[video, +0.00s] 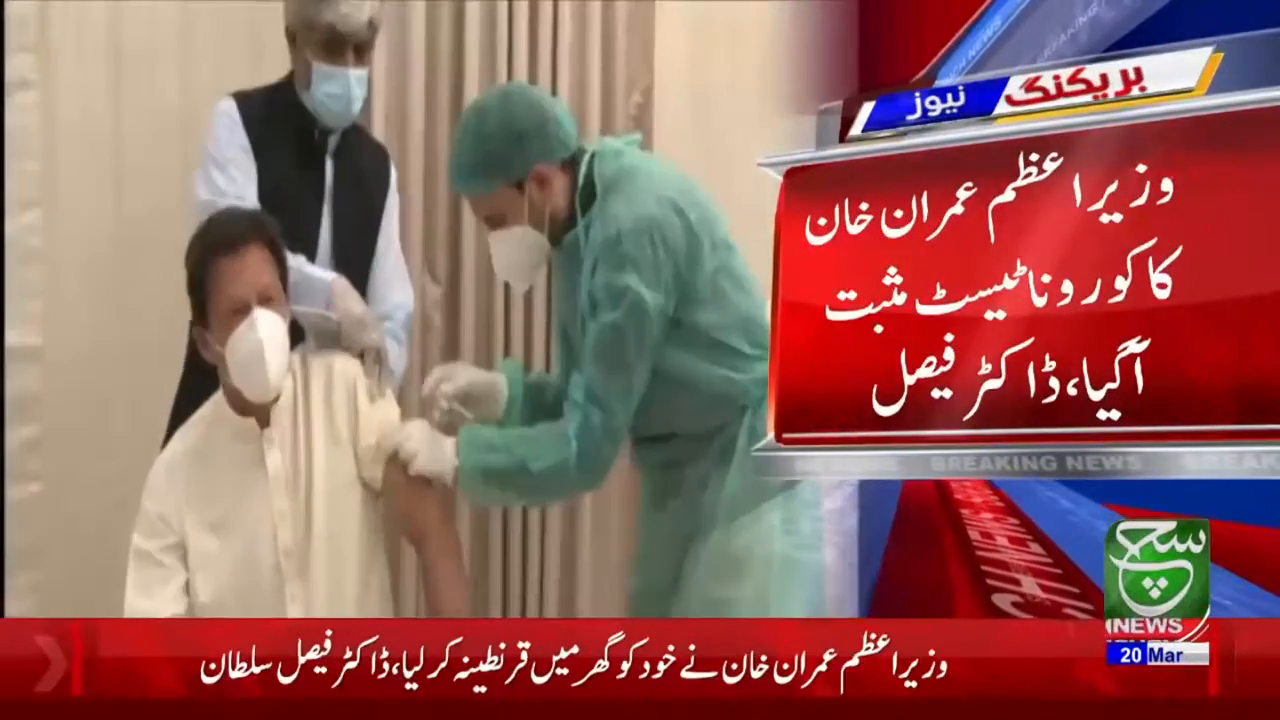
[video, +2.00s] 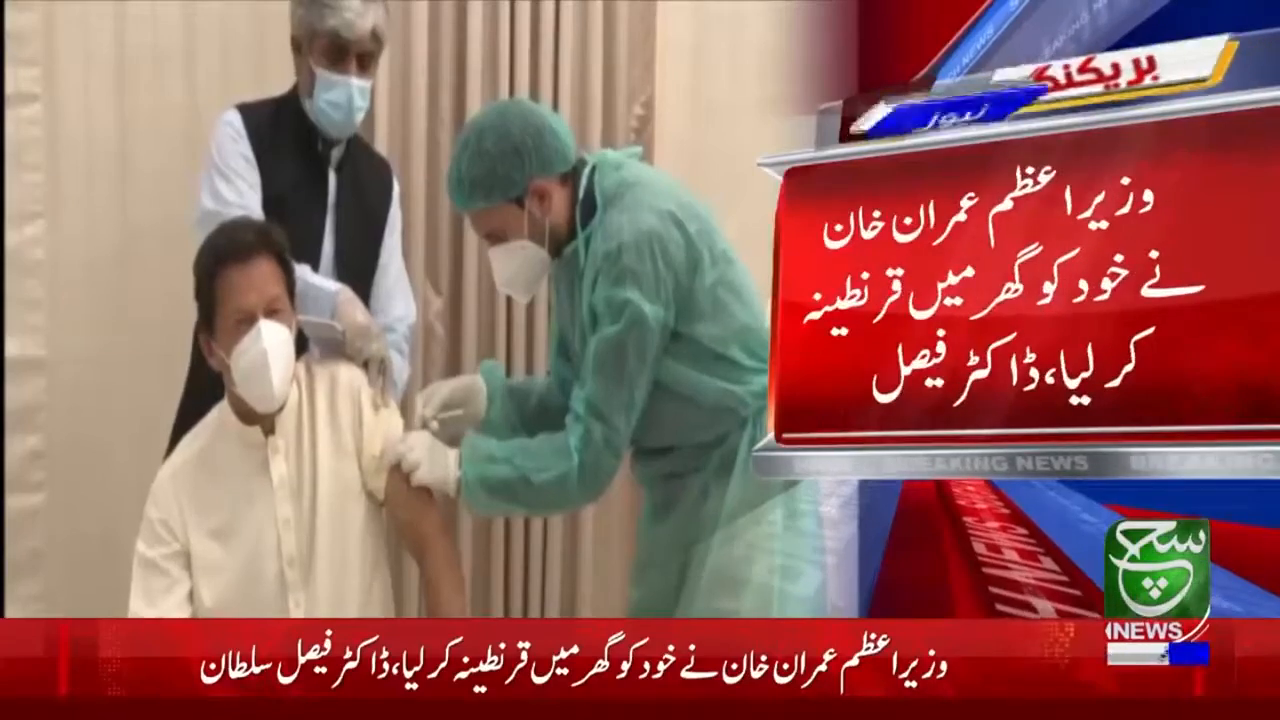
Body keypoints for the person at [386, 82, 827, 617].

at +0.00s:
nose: (495, 239)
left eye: (497, 220)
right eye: (486, 222)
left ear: (543, 183)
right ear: (543, 182)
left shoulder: (635, 220)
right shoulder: (584, 219)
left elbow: (588, 448)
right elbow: (585, 400)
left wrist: (457, 456)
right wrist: (500, 395)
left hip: (749, 456)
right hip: (677, 462)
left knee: (724, 653)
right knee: (655, 649)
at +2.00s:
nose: (496, 255)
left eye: (498, 238)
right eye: (487, 242)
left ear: (544, 199)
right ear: (544, 198)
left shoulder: (634, 233)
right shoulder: (581, 230)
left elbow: (591, 457)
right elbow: (571, 399)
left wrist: (460, 468)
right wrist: (487, 399)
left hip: (750, 468)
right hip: (678, 475)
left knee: (731, 664)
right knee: (655, 661)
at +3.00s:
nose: (496, 258)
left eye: (497, 241)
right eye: (487, 245)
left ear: (543, 201)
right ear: (545, 200)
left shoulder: (634, 238)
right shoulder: (582, 234)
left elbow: (589, 464)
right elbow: (567, 404)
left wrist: (458, 473)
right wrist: (483, 404)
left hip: (750, 473)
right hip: (677, 478)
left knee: (733, 662)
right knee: (655, 658)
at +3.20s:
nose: (496, 258)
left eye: (497, 241)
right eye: (487, 245)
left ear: (543, 202)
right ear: (544, 201)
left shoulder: (633, 239)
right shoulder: (582, 234)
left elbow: (589, 464)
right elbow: (566, 404)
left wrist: (457, 474)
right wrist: (482, 405)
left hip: (747, 475)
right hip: (677, 480)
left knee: (734, 664)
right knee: (656, 661)